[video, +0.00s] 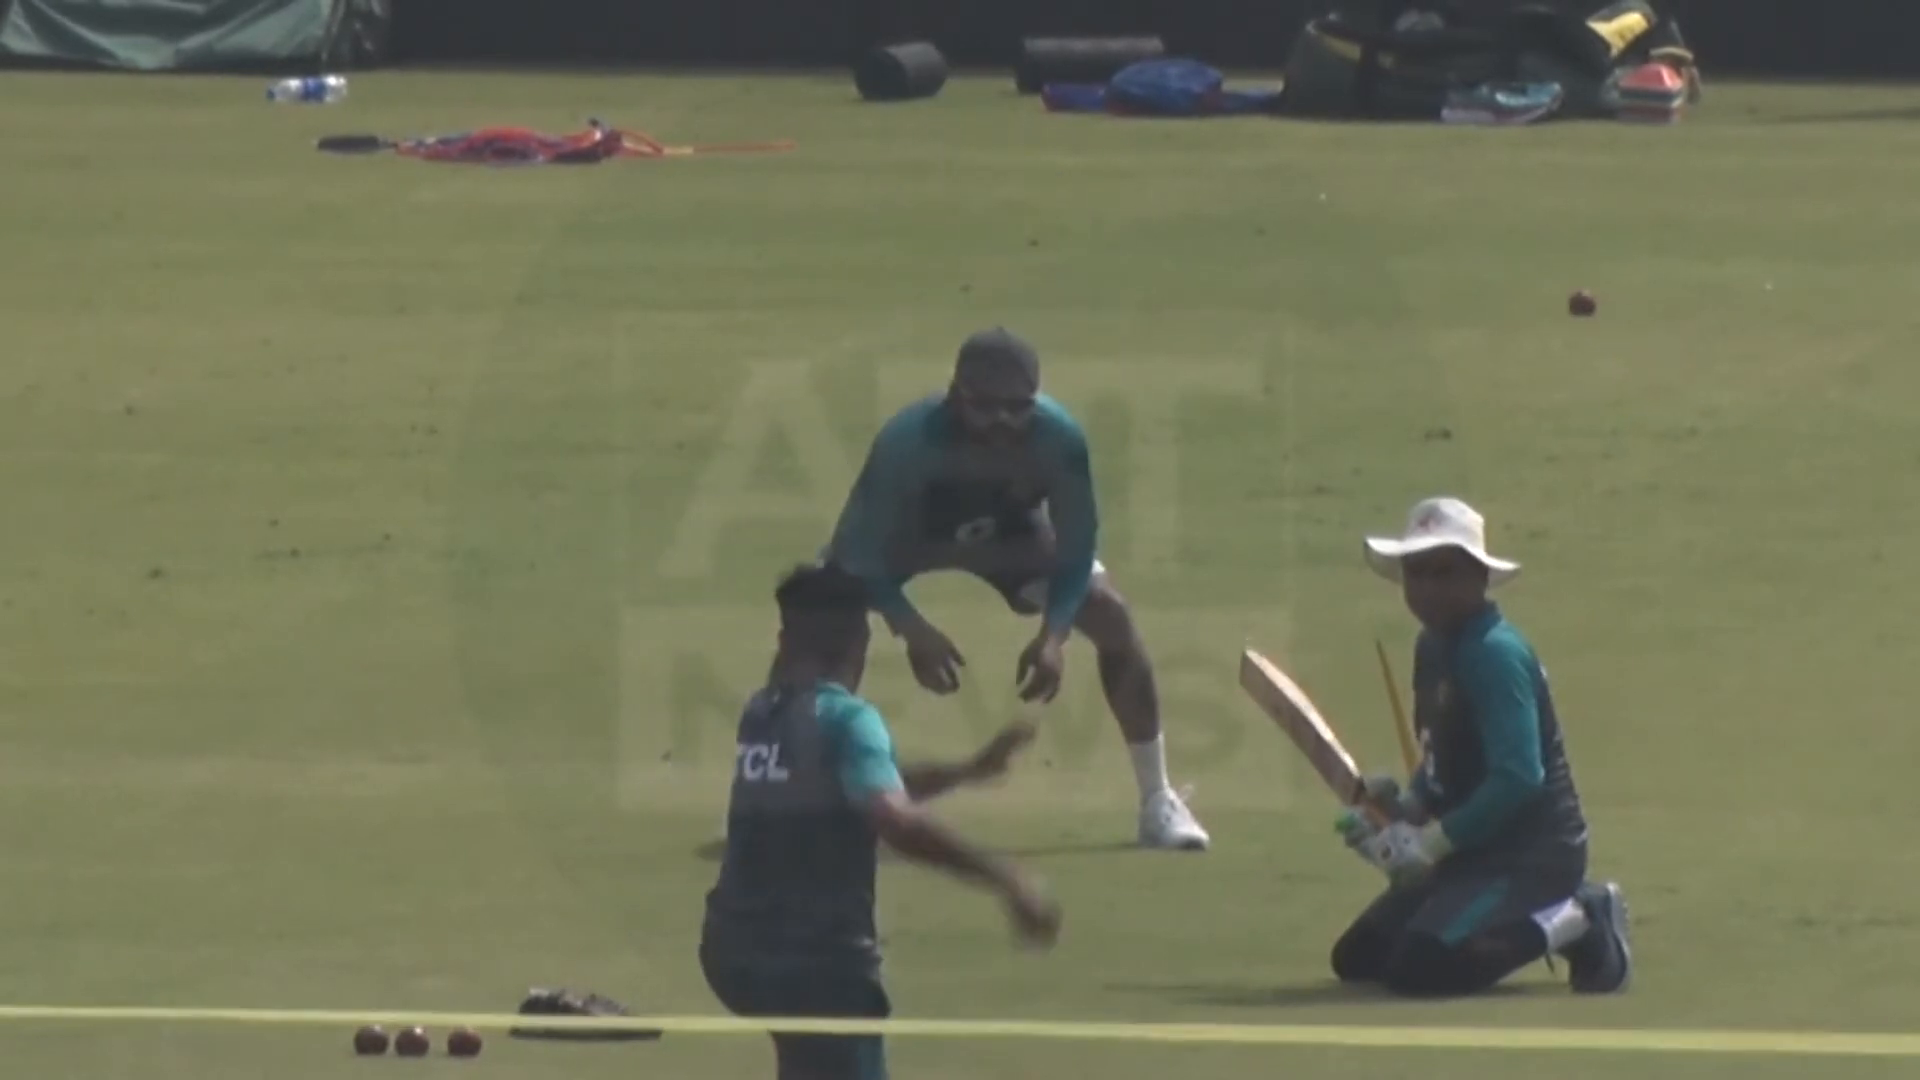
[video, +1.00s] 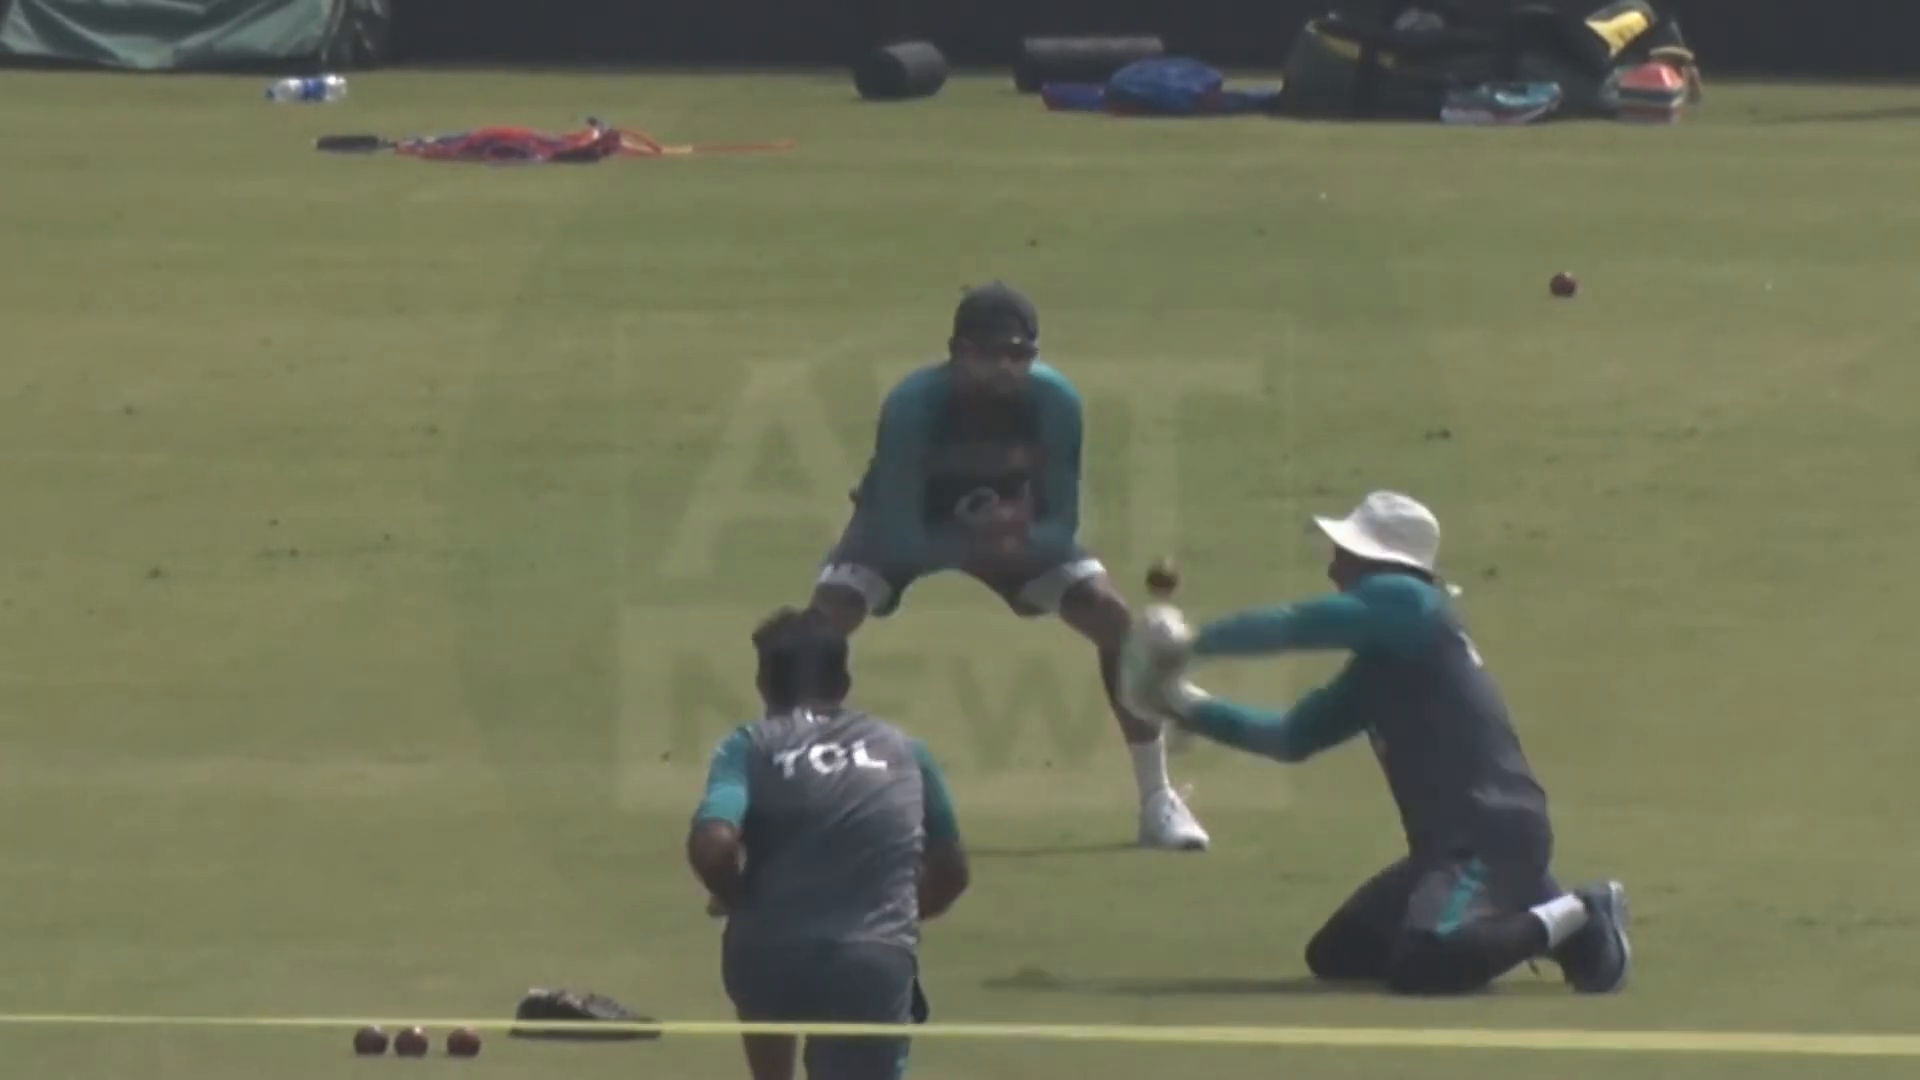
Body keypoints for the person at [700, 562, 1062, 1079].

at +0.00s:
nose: (863, 652)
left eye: (861, 638)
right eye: (861, 639)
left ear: (786, 641)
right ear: (853, 643)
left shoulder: (760, 712)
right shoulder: (850, 718)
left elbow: (850, 787)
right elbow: (894, 820)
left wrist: (967, 772)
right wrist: (1006, 879)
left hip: (735, 954)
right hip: (822, 961)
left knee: (801, 1039)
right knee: (853, 1062)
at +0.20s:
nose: (858, 643)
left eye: (856, 630)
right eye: (855, 631)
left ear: (780, 639)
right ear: (849, 636)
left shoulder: (767, 711)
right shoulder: (830, 704)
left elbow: (889, 732)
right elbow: (895, 691)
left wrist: (987, 684)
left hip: (752, 951)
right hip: (828, 960)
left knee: (789, 1055)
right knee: (860, 1063)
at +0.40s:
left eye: (737, 649)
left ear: (741, 662)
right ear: (819, 653)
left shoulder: (710, 761)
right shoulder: (867, 705)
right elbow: (968, 617)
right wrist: (935, 523)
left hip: (760, 958)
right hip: (864, 952)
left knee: (786, 1060)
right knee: (866, 1065)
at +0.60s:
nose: (724, 692)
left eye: (726, 683)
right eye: (726, 680)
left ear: (734, 695)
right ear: (809, 685)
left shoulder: (723, 761)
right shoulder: (866, 742)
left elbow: (705, 889)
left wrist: (766, 912)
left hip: (775, 965)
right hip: (881, 964)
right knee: (874, 1068)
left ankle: (772, 1075)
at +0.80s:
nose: (745, 698)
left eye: (748, 688)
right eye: (746, 686)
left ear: (761, 698)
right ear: (831, 696)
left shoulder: (743, 747)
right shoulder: (882, 749)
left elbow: (717, 835)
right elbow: (902, 853)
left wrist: (707, 907)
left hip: (771, 964)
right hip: (878, 965)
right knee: (868, 1067)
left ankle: (769, 1074)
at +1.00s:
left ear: (764, 685)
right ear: (845, 684)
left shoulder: (746, 744)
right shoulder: (908, 751)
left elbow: (714, 843)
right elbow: (950, 873)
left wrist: (737, 899)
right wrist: (887, 913)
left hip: (766, 961)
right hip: (875, 964)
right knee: (864, 1067)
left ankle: (775, 1074)